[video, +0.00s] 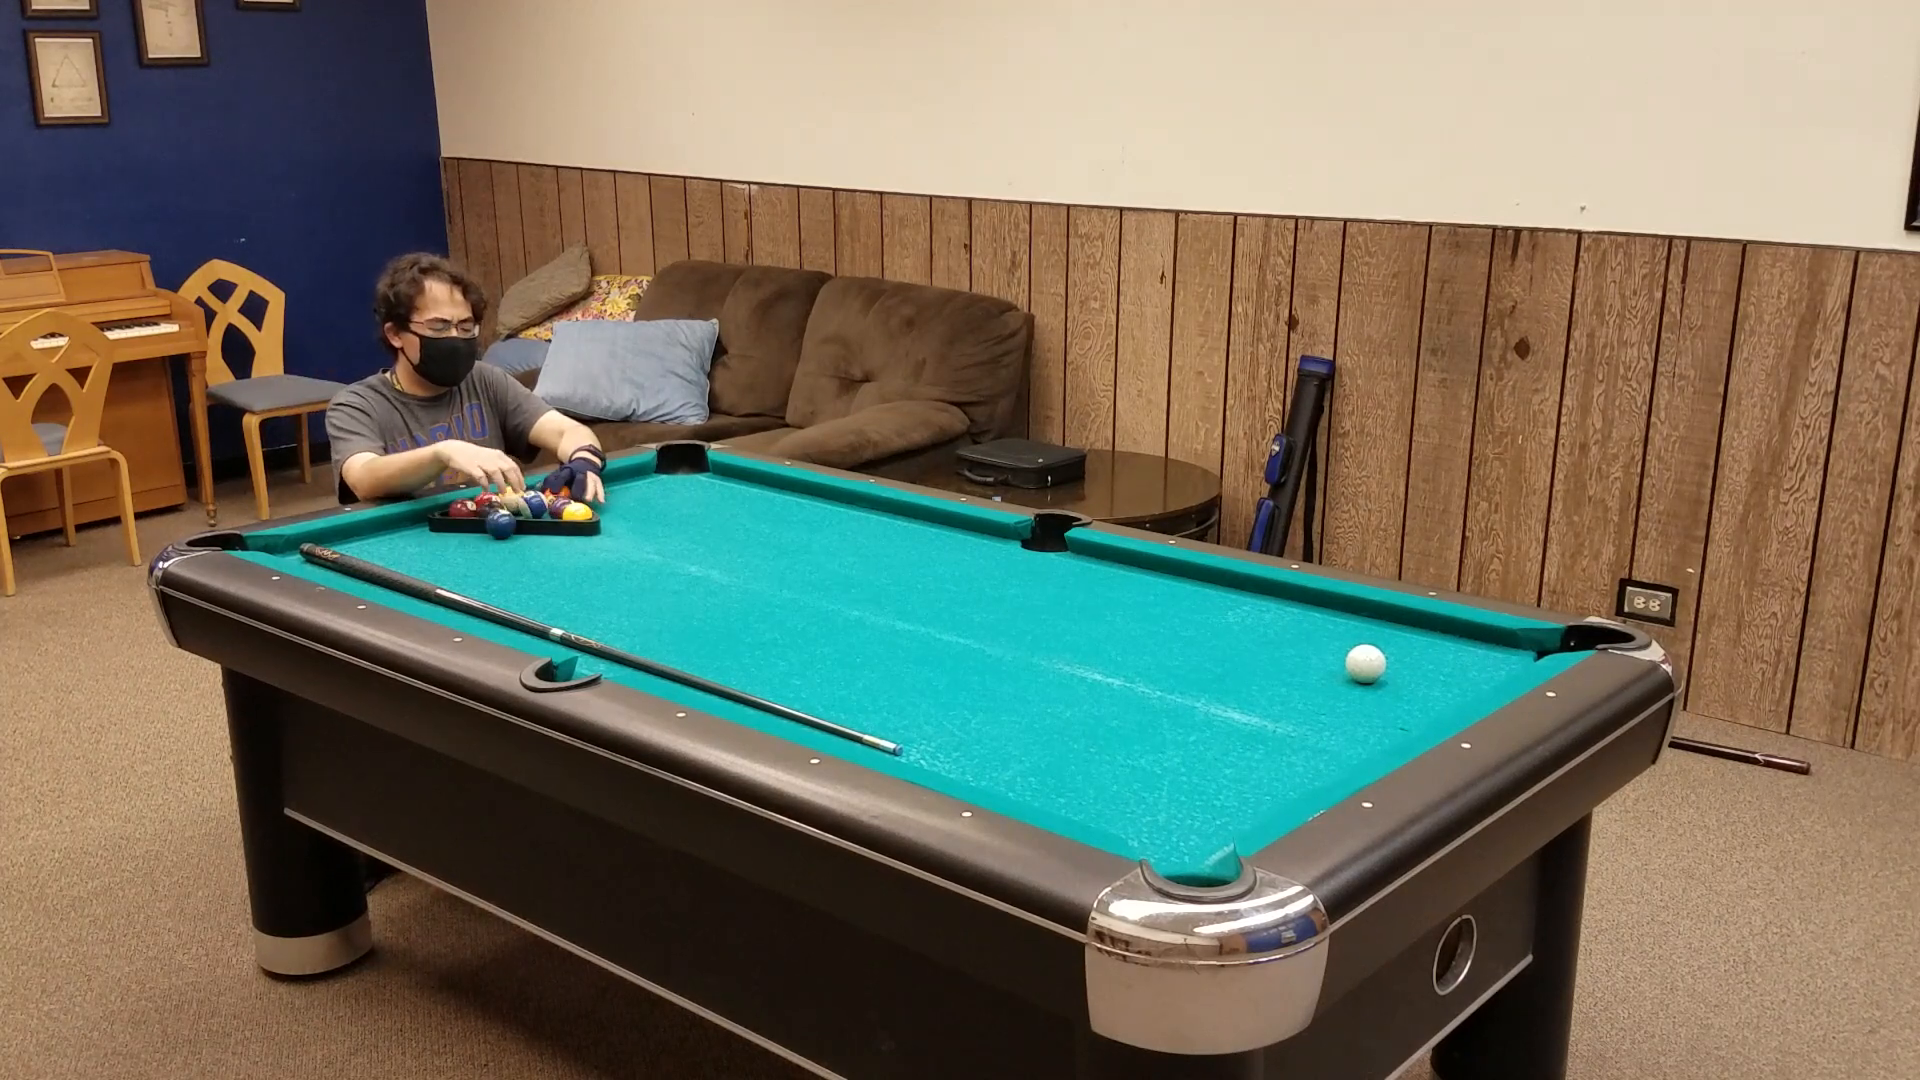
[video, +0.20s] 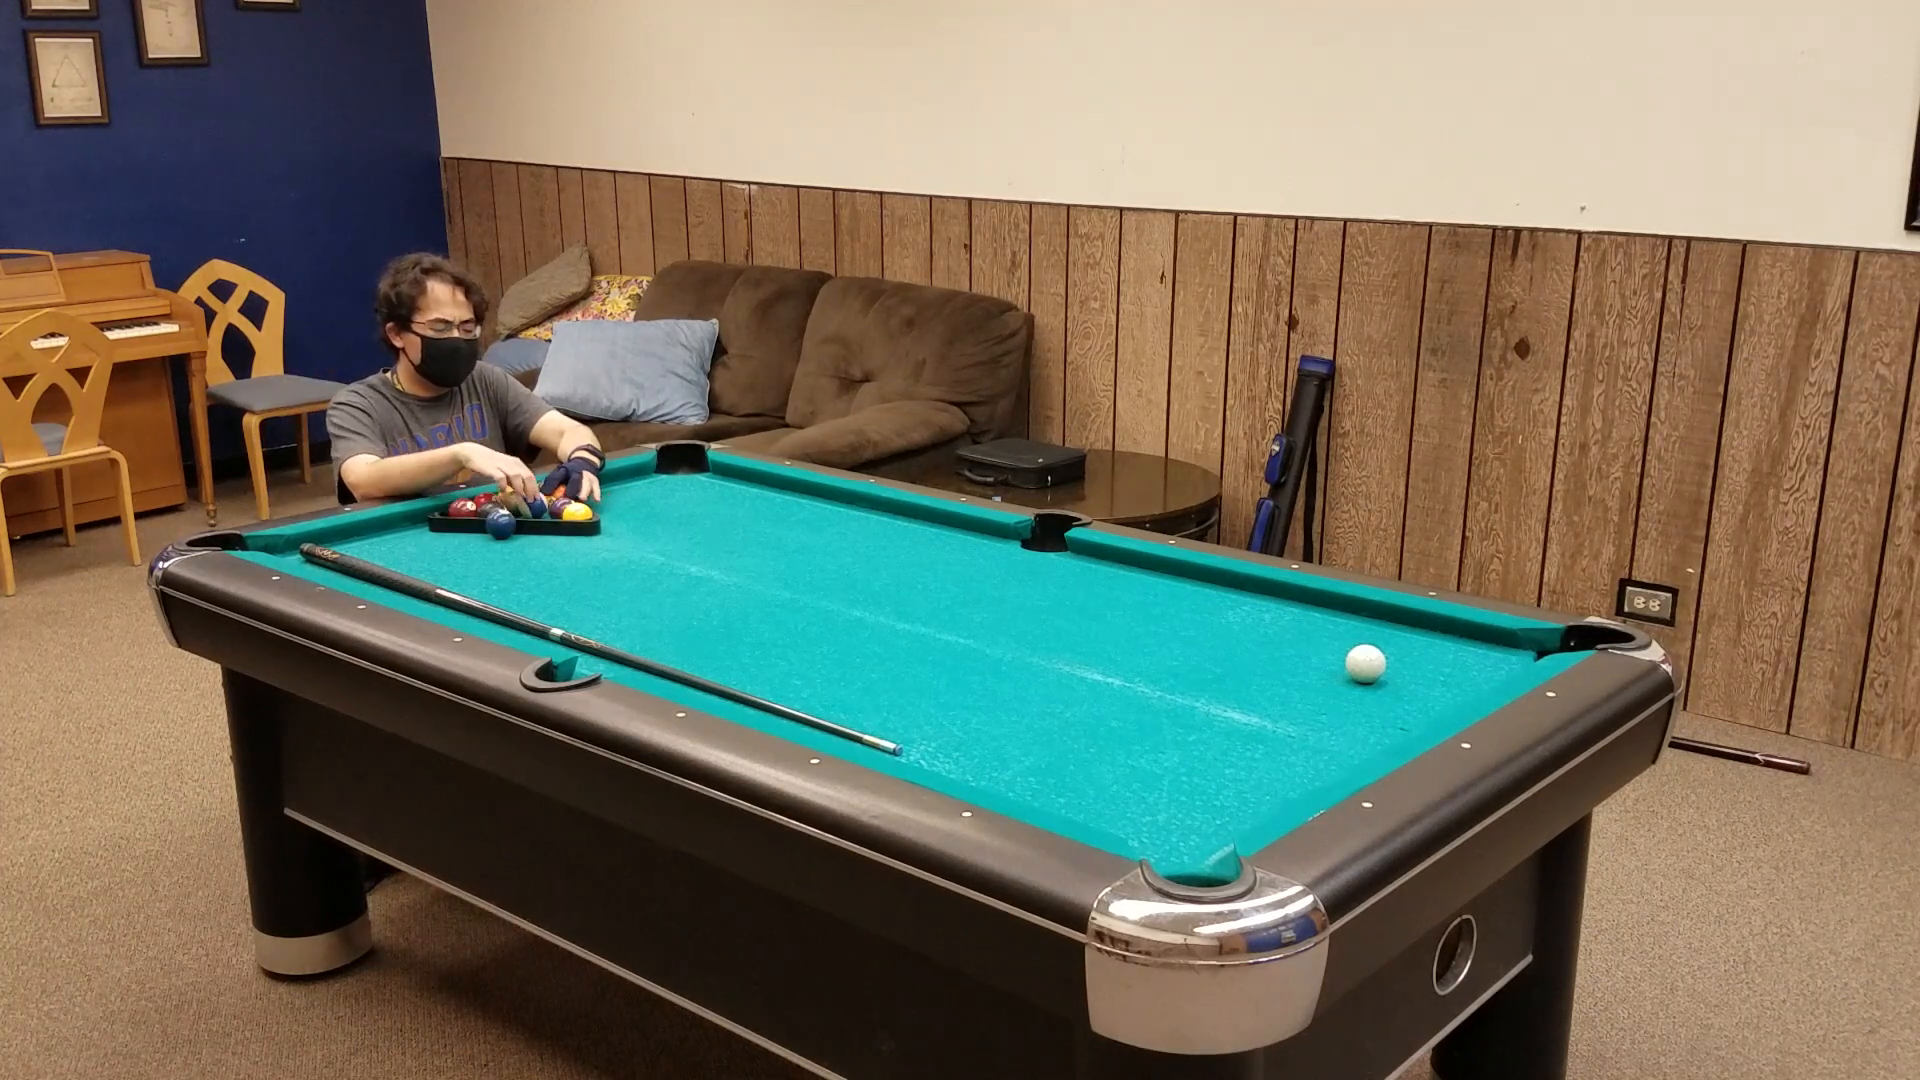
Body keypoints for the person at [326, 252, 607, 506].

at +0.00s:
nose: (456, 339)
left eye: (465, 326)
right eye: (439, 326)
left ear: (476, 326)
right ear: (396, 334)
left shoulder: (486, 382)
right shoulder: (357, 405)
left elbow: (567, 432)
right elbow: (365, 481)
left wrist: (583, 458)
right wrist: (442, 453)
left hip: (501, 551)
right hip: (409, 566)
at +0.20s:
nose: (458, 340)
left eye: (467, 326)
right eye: (440, 326)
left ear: (478, 326)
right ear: (397, 333)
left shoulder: (487, 381)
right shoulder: (358, 404)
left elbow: (569, 432)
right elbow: (363, 482)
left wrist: (582, 460)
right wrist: (460, 454)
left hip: (502, 552)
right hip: (409, 566)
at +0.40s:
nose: (462, 340)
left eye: (470, 327)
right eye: (443, 327)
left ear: (480, 327)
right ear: (399, 334)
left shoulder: (487, 381)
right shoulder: (360, 404)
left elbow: (567, 431)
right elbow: (365, 479)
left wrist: (582, 457)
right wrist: (463, 463)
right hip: (412, 564)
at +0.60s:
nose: (462, 341)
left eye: (471, 327)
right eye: (444, 327)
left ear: (481, 328)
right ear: (400, 334)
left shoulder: (488, 382)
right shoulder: (360, 404)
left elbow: (567, 431)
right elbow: (365, 479)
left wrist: (582, 458)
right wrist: (462, 464)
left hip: (499, 552)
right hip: (409, 565)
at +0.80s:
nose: (460, 343)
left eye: (470, 330)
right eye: (443, 328)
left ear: (480, 330)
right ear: (401, 335)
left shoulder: (488, 382)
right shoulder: (360, 404)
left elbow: (567, 431)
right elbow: (364, 482)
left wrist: (583, 457)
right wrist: (442, 455)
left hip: (500, 549)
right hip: (411, 565)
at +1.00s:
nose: (461, 345)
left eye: (471, 331)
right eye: (443, 330)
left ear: (481, 331)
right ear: (401, 336)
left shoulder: (489, 382)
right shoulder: (361, 404)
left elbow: (567, 431)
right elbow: (363, 481)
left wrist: (583, 457)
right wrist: (442, 455)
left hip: (502, 555)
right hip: (411, 568)